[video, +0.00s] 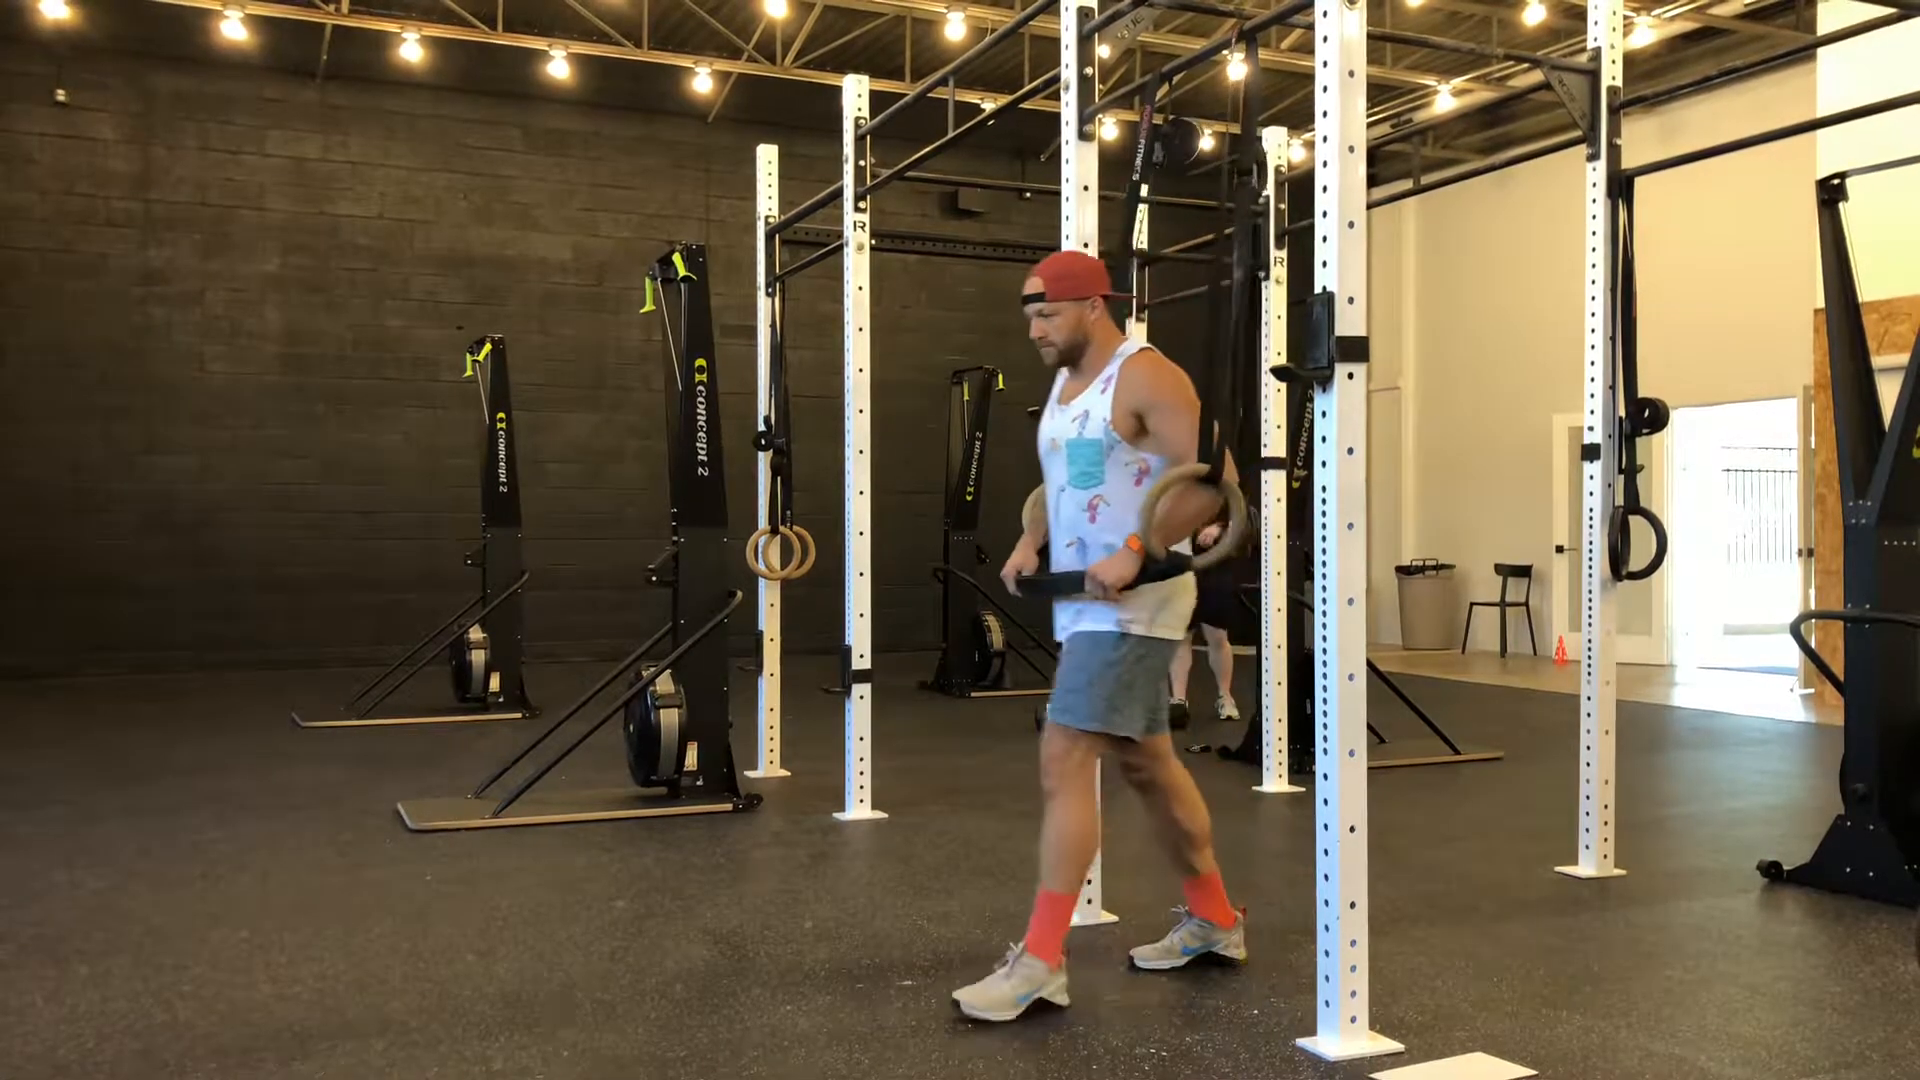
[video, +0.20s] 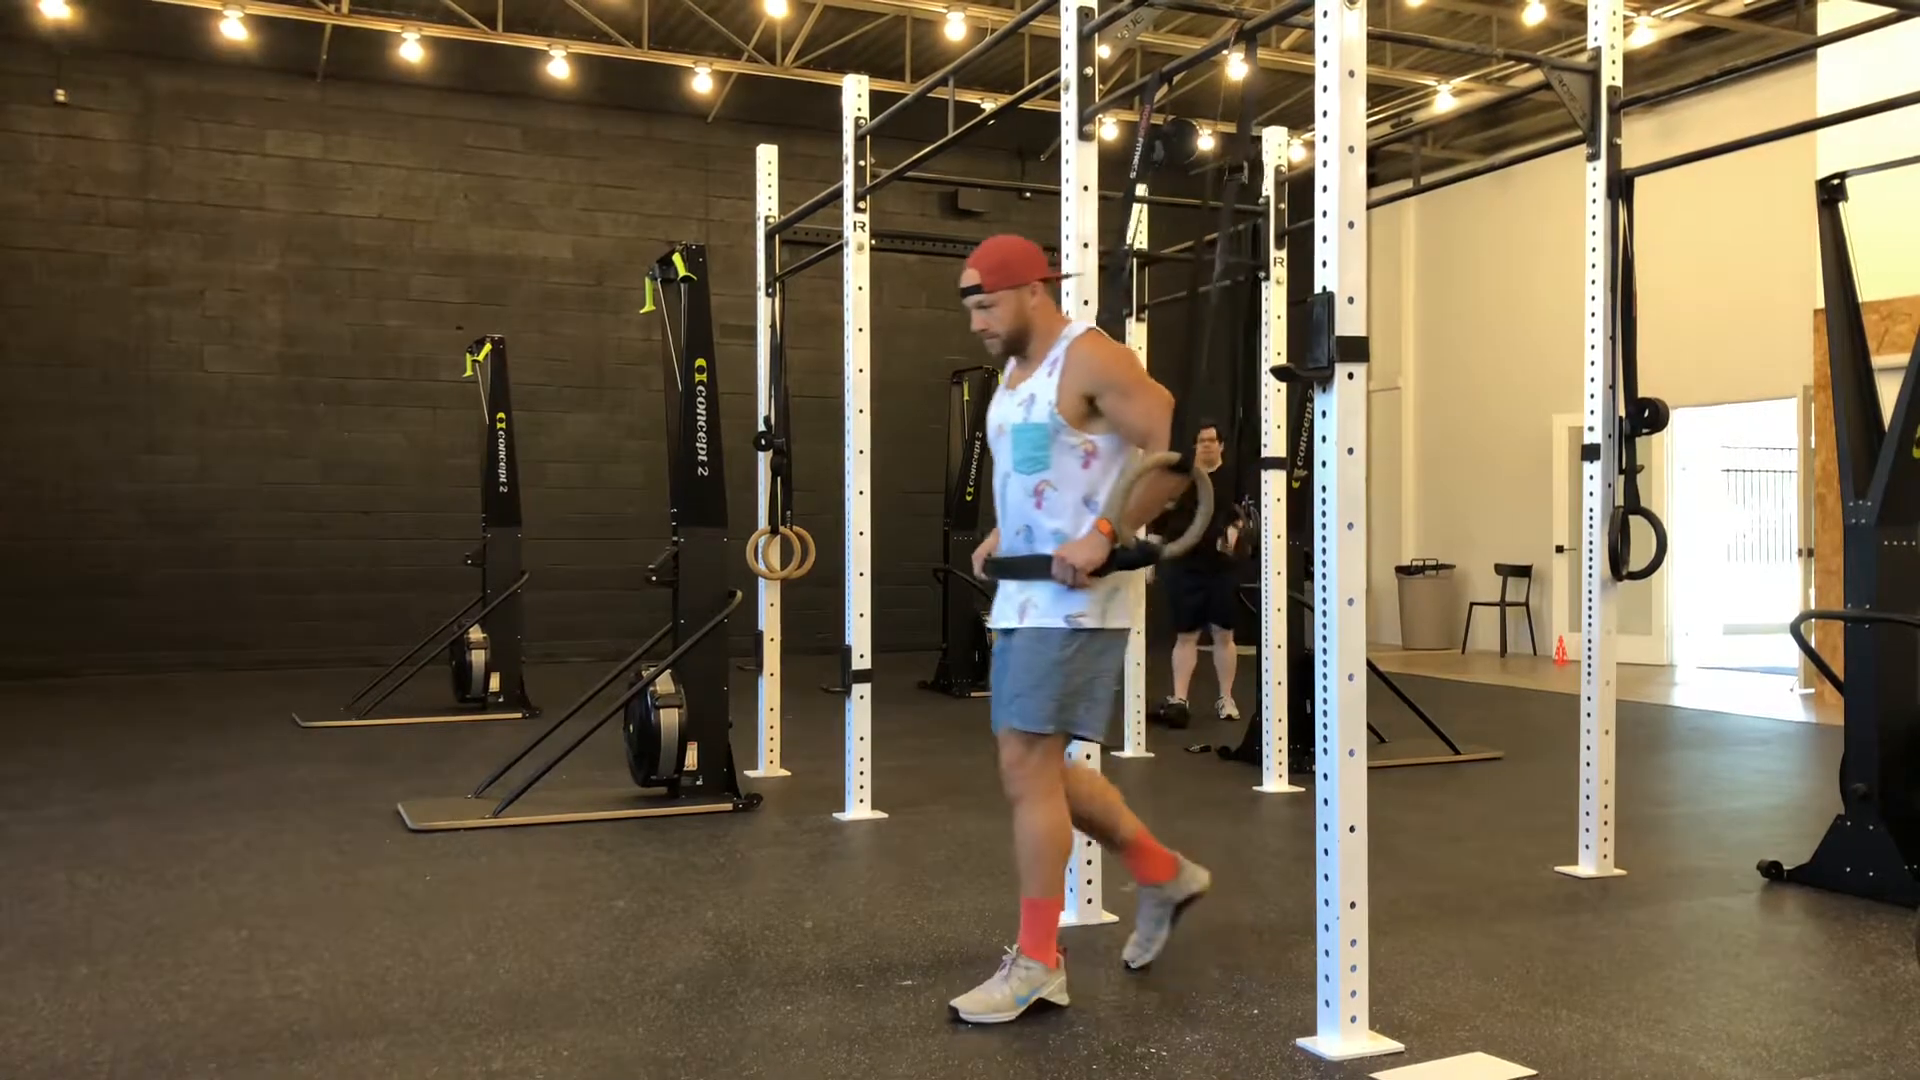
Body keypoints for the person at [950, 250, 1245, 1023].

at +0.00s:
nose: (1032, 324)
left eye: (1043, 308)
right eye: (1029, 311)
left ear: (1094, 306)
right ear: (1049, 318)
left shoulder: (1149, 378)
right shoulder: (1065, 387)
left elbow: (1205, 482)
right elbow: (1067, 483)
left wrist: (1138, 550)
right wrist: (1033, 534)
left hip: (1135, 600)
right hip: (1092, 599)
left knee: (1065, 755)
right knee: (1148, 762)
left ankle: (1042, 959)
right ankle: (1214, 916)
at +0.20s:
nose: (971, 314)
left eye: (980, 298)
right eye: (968, 300)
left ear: (1029, 292)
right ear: (1010, 299)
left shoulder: (1091, 359)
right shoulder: (1016, 372)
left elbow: (1171, 444)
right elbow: (1046, 477)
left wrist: (1104, 531)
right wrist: (1004, 533)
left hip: (1073, 597)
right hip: (1027, 595)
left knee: (1028, 762)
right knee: (1041, 765)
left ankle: (1037, 959)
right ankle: (1164, 874)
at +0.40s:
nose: (914, 315)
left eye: (921, 297)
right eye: (909, 301)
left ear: (968, 283)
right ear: (951, 292)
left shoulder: (1038, 340)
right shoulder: (968, 362)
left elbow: (1130, 423)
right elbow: (1003, 471)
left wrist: (1074, 522)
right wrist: (970, 543)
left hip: (1034, 603)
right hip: (971, 596)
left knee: (1023, 767)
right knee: (940, 748)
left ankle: (1040, 960)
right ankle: (1005, 920)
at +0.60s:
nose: (866, 313)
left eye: (873, 295)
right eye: (860, 299)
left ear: (922, 280)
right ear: (901, 292)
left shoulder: (987, 333)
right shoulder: (918, 366)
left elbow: (1086, 415)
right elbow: (961, 472)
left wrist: (1039, 522)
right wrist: (931, 559)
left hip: (1001, 599)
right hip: (933, 598)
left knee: (1016, 769)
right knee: (912, 763)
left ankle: (1037, 961)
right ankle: (879, 951)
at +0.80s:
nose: (801, 316)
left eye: (808, 297)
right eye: (797, 302)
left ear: (854, 282)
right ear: (842, 291)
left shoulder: (922, 333)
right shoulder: (860, 364)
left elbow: (1025, 407)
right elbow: (907, 474)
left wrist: (980, 522)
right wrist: (876, 567)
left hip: (944, 604)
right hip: (875, 603)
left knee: (961, 774)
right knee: (858, 760)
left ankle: (1031, 958)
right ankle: (873, 958)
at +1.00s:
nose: (727, 315)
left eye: (735, 296)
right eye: (724, 299)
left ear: (784, 286)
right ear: (772, 293)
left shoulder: (850, 327)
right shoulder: (796, 366)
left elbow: (959, 403)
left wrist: (908, 512)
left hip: (901, 586)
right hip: (857, 586)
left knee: (855, 768)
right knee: (856, 772)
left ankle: (985, 917)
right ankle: (873, 957)